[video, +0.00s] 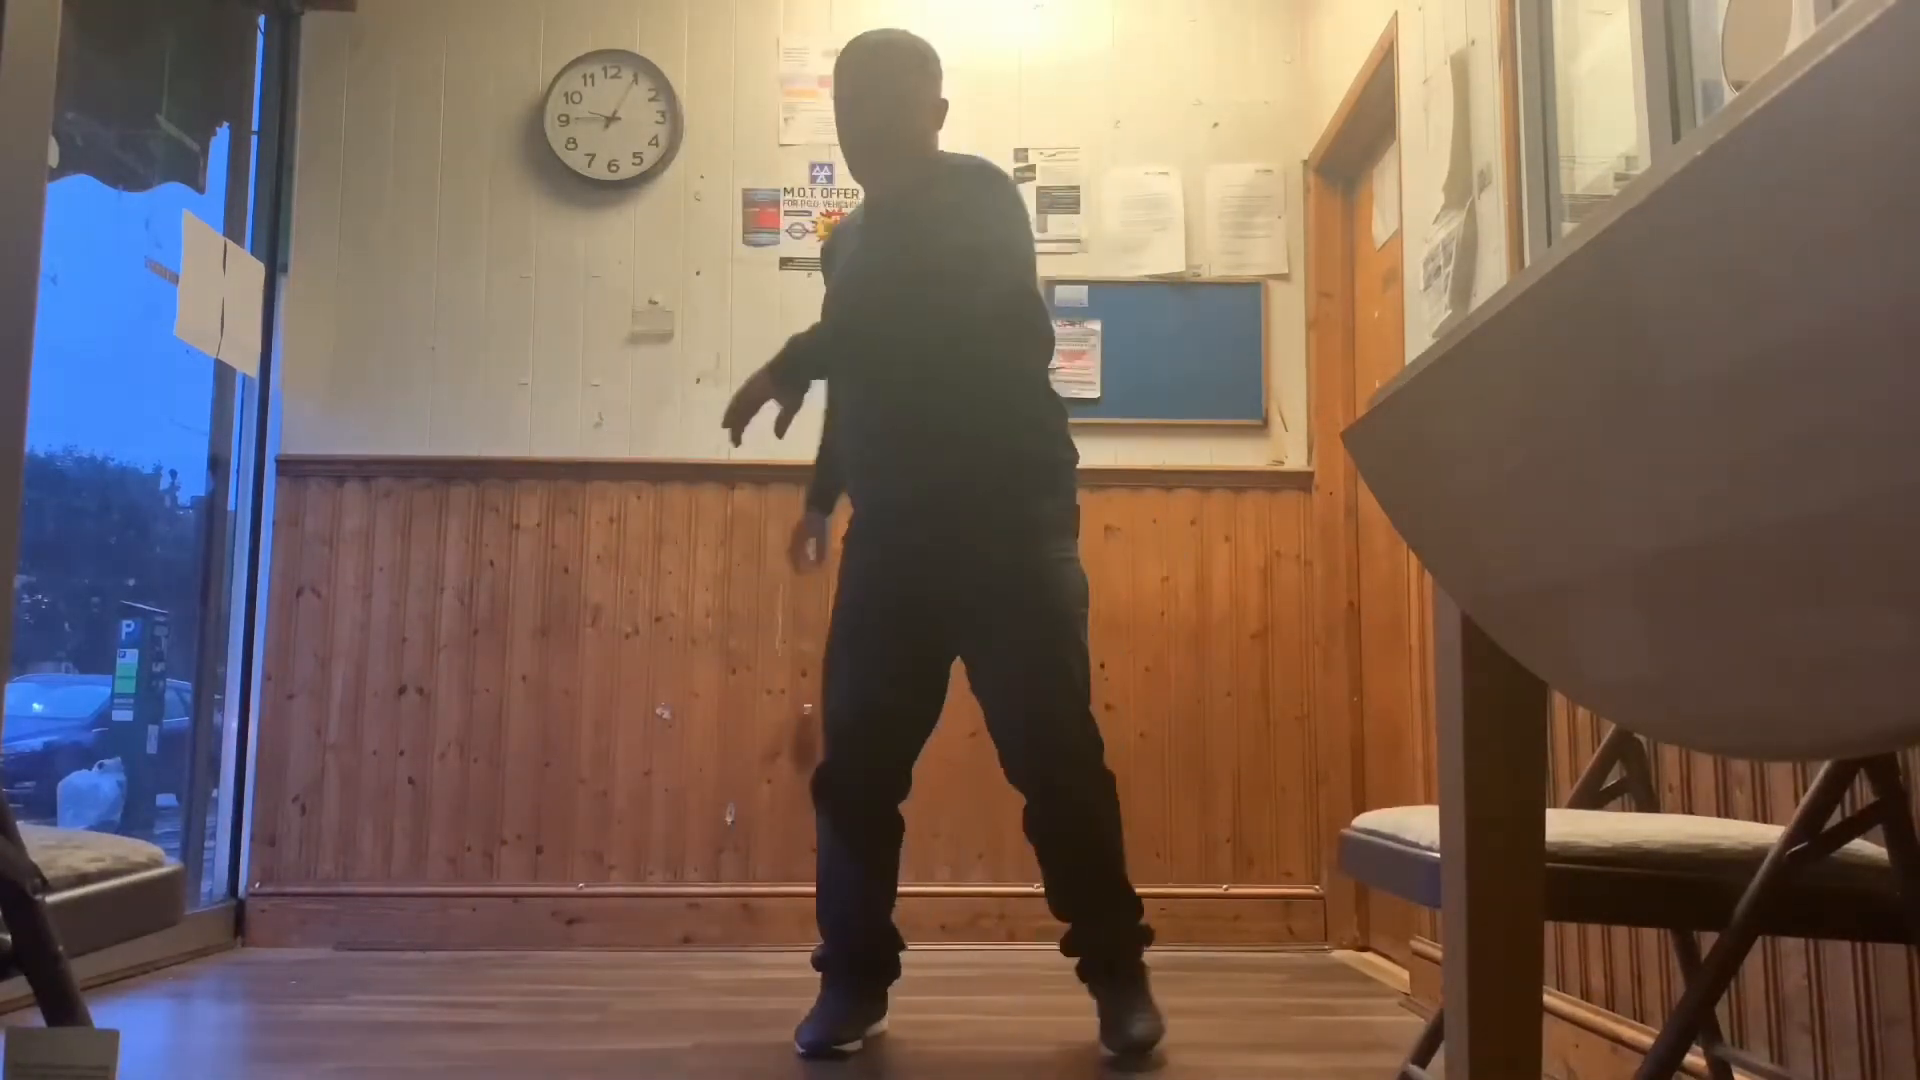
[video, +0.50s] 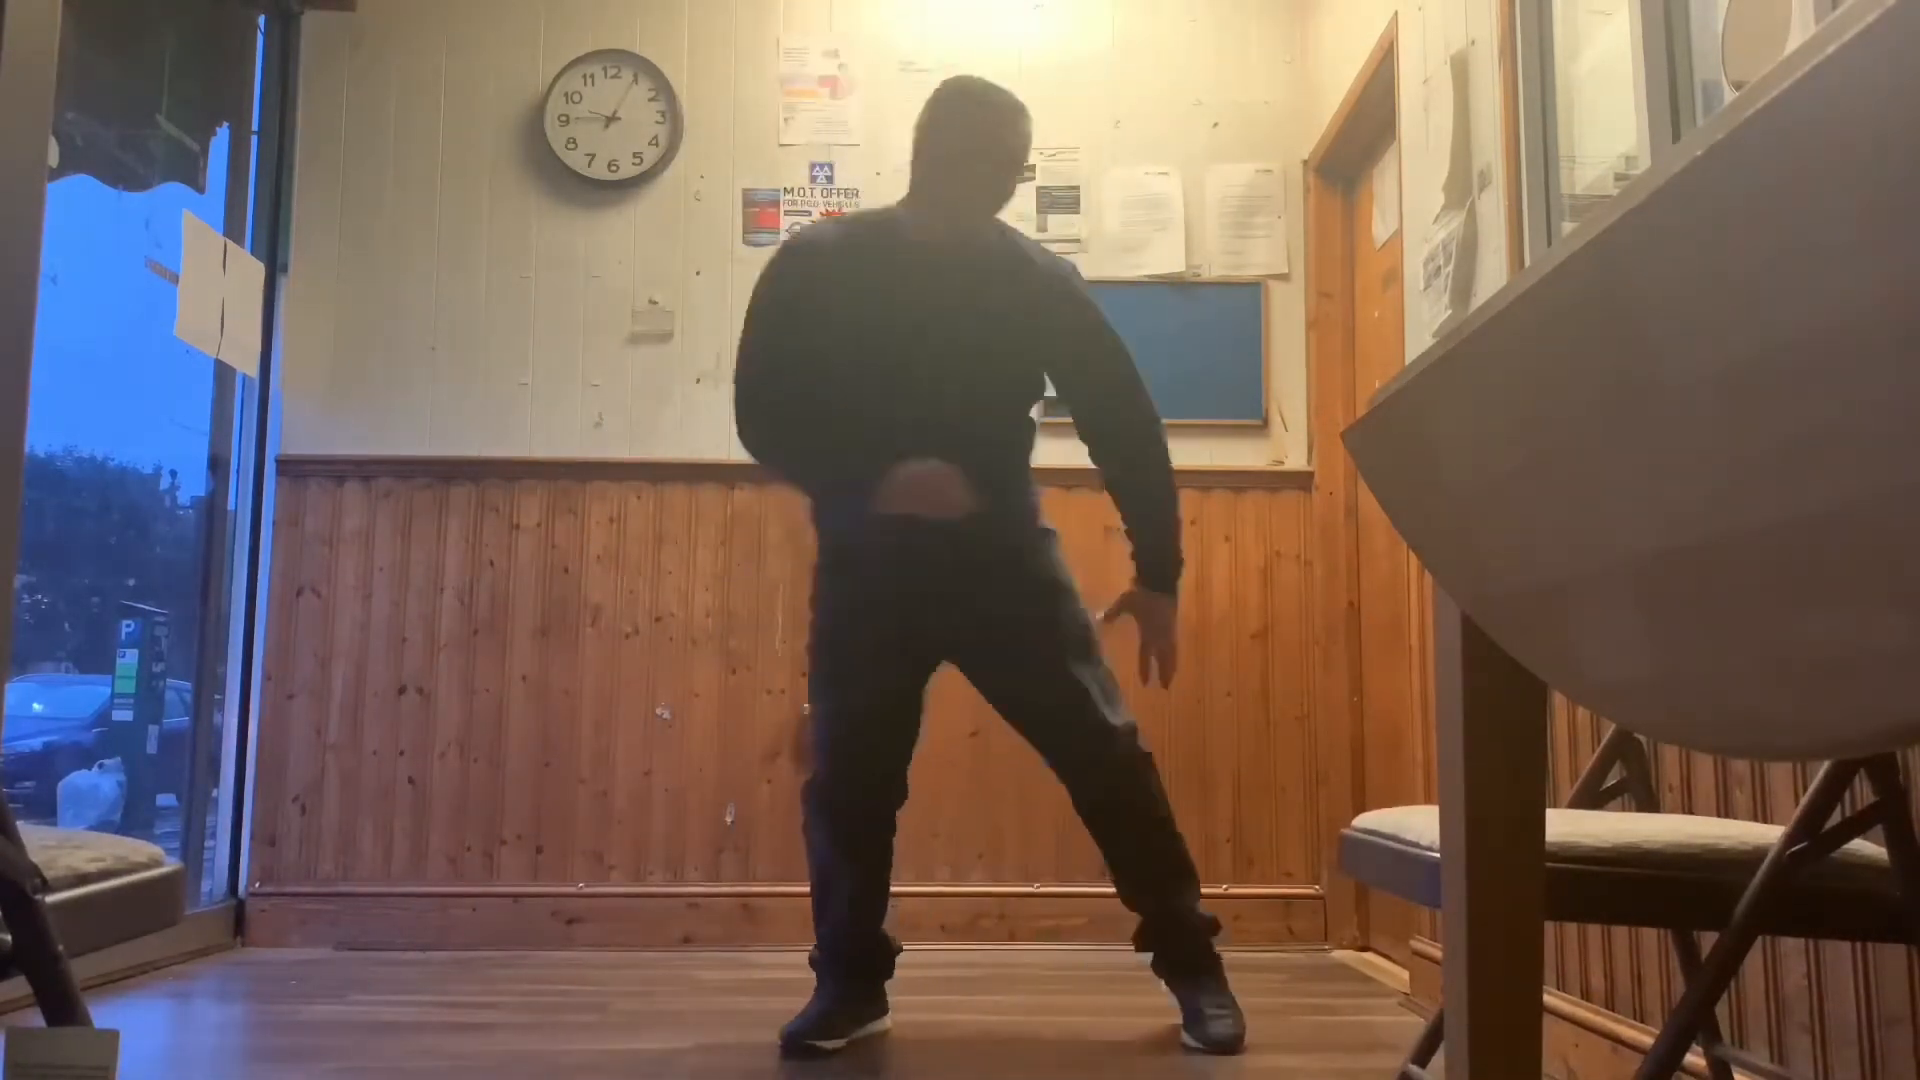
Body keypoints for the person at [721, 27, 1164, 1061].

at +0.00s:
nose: (856, 128)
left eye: (878, 104)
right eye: (845, 108)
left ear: (932, 103)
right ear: (838, 118)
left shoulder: (978, 191)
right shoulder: (849, 246)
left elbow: (949, 313)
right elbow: (858, 369)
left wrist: (796, 359)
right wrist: (822, 490)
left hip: (1011, 525)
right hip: (895, 533)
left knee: (1057, 756)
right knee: (856, 765)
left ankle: (1118, 971)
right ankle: (852, 978)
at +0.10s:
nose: (835, 141)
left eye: (855, 118)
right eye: (830, 120)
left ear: (915, 114)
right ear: (836, 127)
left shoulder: (950, 202)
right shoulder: (877, 232)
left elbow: (862, 314)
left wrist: (747, 380)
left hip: (1006, 531)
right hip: (899, 537)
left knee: (1060, 748)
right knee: (851, 758)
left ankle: (1158, 950)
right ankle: (851, 977)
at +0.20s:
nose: (833, 153)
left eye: (852, 129)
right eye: (826, 133)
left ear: (909, 124)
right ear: (834, 138)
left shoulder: (941, 203)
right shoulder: (893, 232)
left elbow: (857, 323)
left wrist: (743, 414)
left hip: (1021, 537)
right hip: (915, 543)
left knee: (1088, 755)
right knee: (858, 764)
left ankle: (1180, 955)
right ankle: (853, 979)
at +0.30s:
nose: (841, 189)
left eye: (857, 166)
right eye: (836, 166)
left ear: (915, 158)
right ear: (855, 165)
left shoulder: (942, 245)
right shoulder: (907, 255)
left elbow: (895, 400)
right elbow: (878, 402)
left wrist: (821, 512)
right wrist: (828, 510)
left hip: (1036, 562)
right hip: (934, 565)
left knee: (1105, 784)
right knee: (848, 776)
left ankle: (1195, 981)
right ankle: (852, 983)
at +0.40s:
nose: (875, 191)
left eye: (901, 170)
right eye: (867, 170)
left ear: (955, 179)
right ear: (858, 178)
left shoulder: (992, 281)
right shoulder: (856, 310)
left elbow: (1046, 449)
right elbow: (830, 435)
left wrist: (1080, 599)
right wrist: (782, 503)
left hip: (1034, 579)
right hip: (917, 589)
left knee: (1102, 798)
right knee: (841, 784)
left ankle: (1195, 977)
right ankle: (850, 987)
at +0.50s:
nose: (973, 182)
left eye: (996, 166)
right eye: (962, 157)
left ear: (1014, 172)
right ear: (927, 151)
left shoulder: (1036, 285)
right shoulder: (815, 262)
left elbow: (1123, 422)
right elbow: (764, 413)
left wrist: (1158, 572)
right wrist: (868, 480)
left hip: (1006, 570)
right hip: (868, 574)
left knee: (1110, 758)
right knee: (849, 789)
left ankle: (1197, 974)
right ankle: (848, 986)